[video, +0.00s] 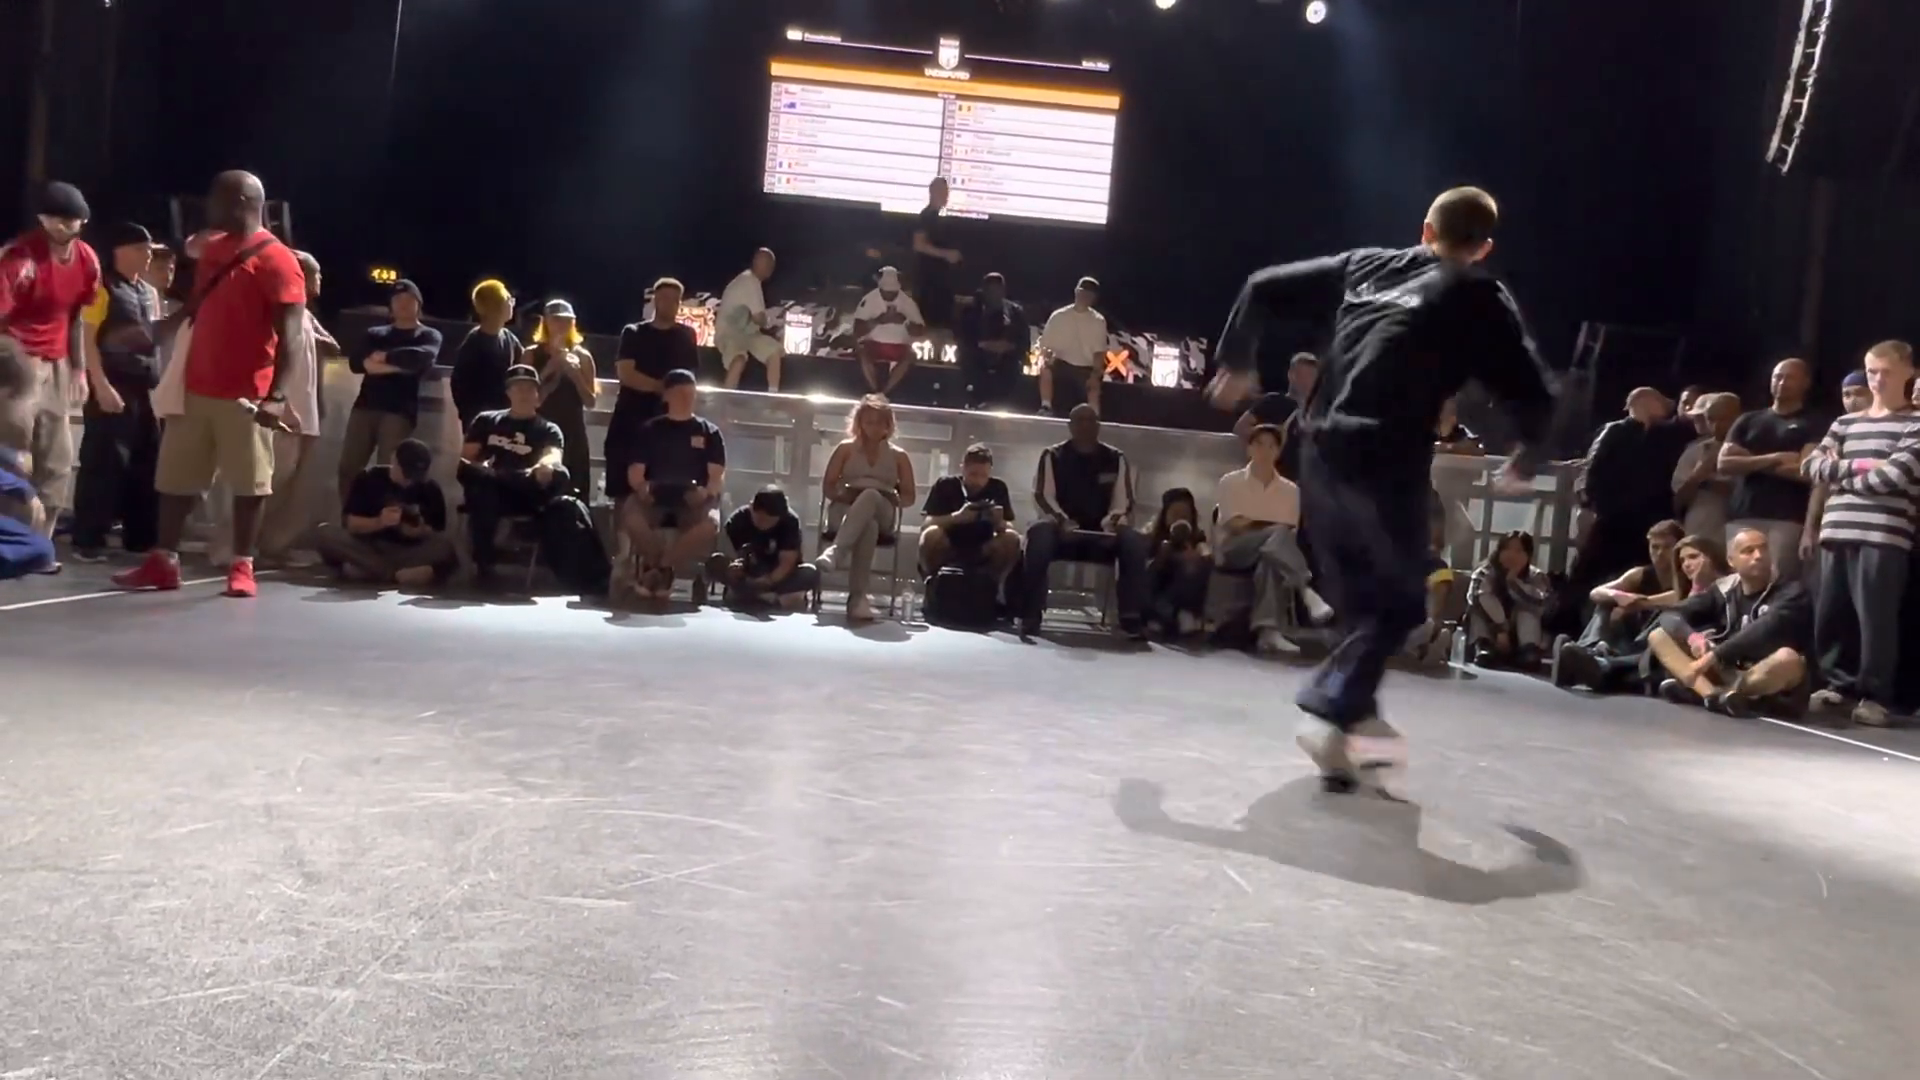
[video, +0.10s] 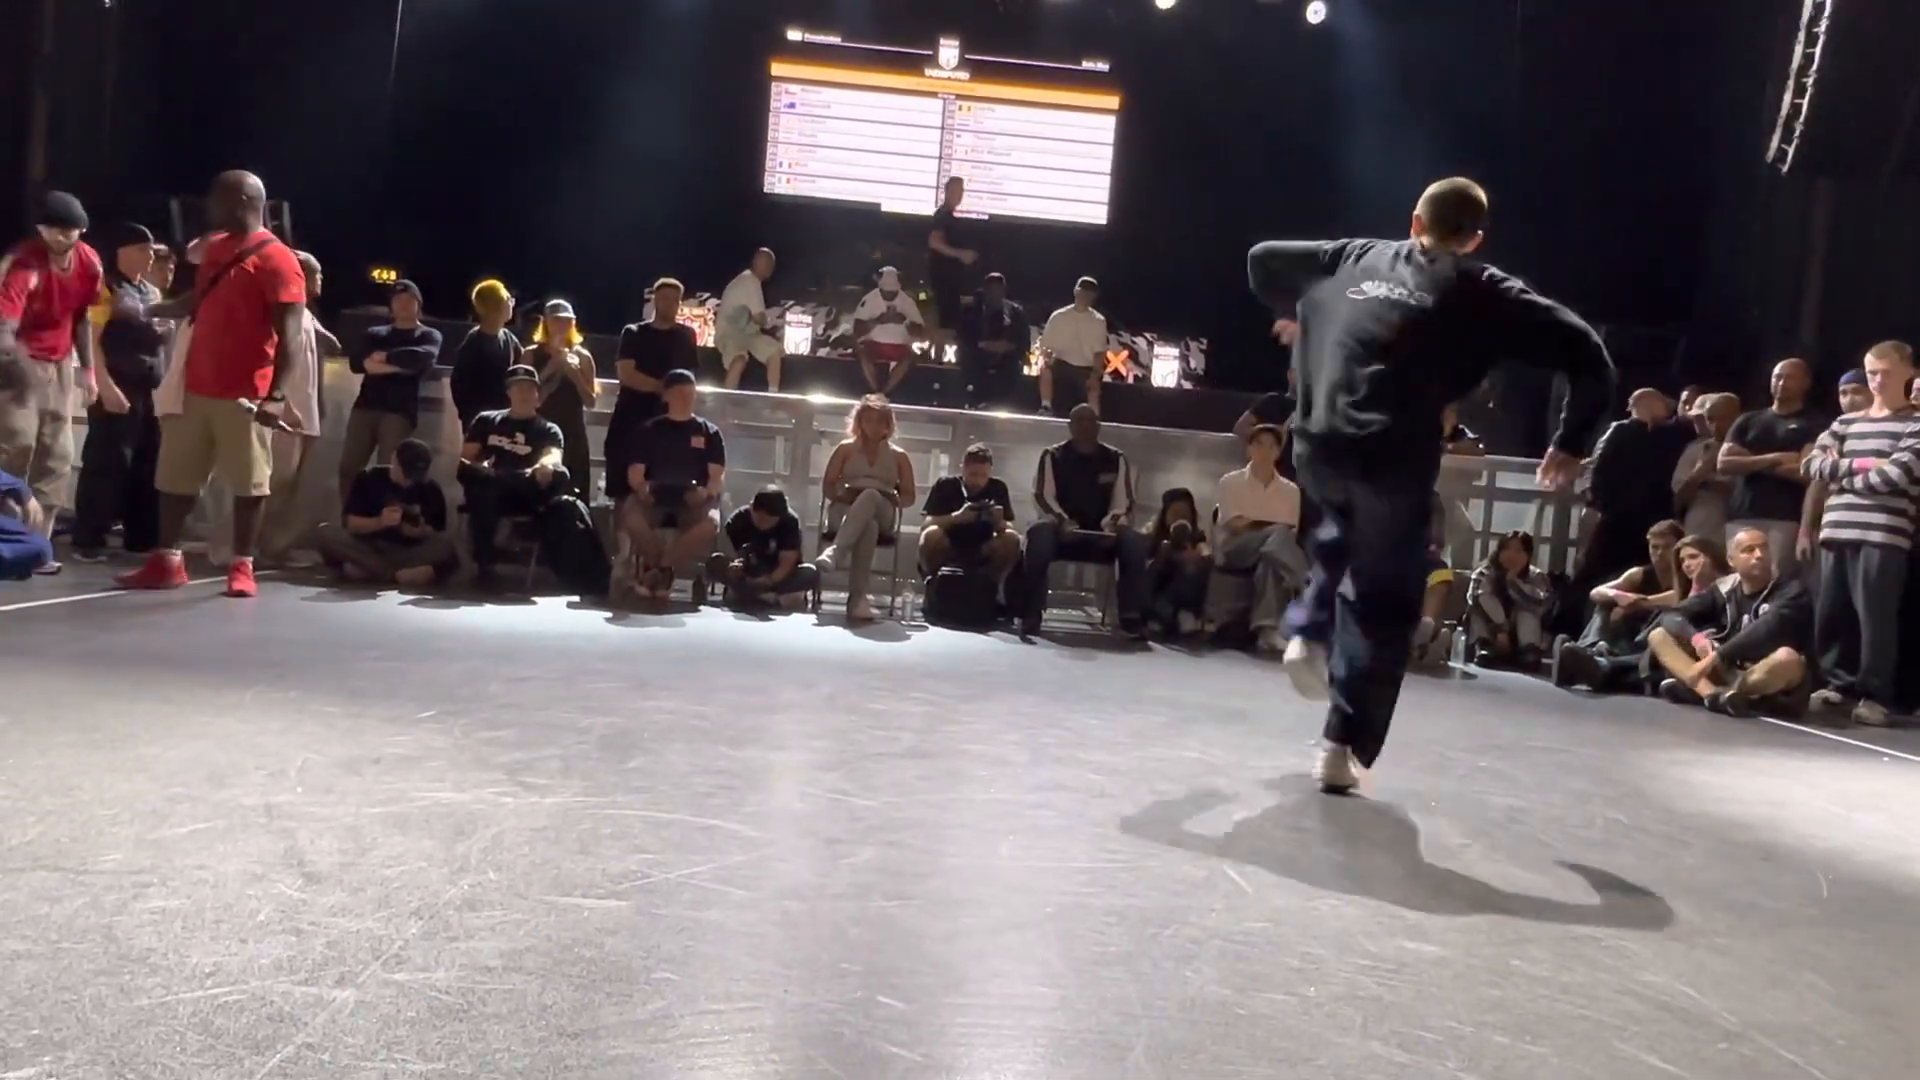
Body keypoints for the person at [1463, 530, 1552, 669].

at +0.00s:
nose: (1511, 556)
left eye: (1518, 551)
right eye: (1506, 550)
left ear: (1528, 557)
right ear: (1499, 553)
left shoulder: (1536, 576)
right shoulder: (1484, 573)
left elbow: (1540, 600)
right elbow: (1478, 597)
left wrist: (1513, 581)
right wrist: (1500, 628)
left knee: (1527, 609)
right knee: (1479, 607)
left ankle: (1529, 648)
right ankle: (1482, 646)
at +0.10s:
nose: (1511, 556)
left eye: (1518, 551)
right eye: (1506, 549)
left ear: (1528, 557)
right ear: (1499, 552)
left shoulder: (1536, 576)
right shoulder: (1484, 573)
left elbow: (1540, 602)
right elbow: (1480, 597)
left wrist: (1513, 582)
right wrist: (1500, 628)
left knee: (1526, 609)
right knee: (1478, 608)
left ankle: (1529, 649)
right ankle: (1482, 646)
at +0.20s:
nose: (1512, 557)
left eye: (1519, 552)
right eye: (1507, 550)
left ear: (1528, 557)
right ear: (1499, 553)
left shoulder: (1537, 577)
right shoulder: (1485, 573)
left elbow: (1541, 603)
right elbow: (1479, 597)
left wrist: (1514, 581)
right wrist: (1501, 628)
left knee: (1527, 610)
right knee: (1479, 607)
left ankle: (1530, 650)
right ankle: (1483, 647)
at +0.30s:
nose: (1512, 555)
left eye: (1519, 551)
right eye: (1506, 549)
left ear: (1528, 556)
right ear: (1499, 552)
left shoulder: (1537, 576)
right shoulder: (1485, 573)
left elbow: (1541, 602)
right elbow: (1479, 598)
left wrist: (1514, 581)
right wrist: (1501, 628)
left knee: (1527, 608)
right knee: (1480, 607)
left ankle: (1530, 650)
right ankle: (1483, 646)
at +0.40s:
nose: (1512, 556)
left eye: (1519, 552)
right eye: (1506, 550)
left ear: (1528, 557)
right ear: (1499, 553)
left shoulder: (1537, 576)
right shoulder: (1485, 573)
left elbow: (1540, 603)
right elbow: (1479, 597)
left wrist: (1513, 582)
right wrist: (1501, 628)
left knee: (1526, 609)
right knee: (1479, 608)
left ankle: (1530, 649)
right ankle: (1483, 646)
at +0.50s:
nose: (1511, 556)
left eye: (1518, 552)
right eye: (1506, 550)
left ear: (1528, 557)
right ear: (1498, 553)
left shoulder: (1536, 577)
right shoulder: (1484, 573)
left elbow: (1540, 602)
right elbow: (1478, 598)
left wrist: (1513, 582)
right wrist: (1500, 629)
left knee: (1526, 610)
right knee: (1479, 608)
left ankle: (1529, 649)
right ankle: (1483, 647)